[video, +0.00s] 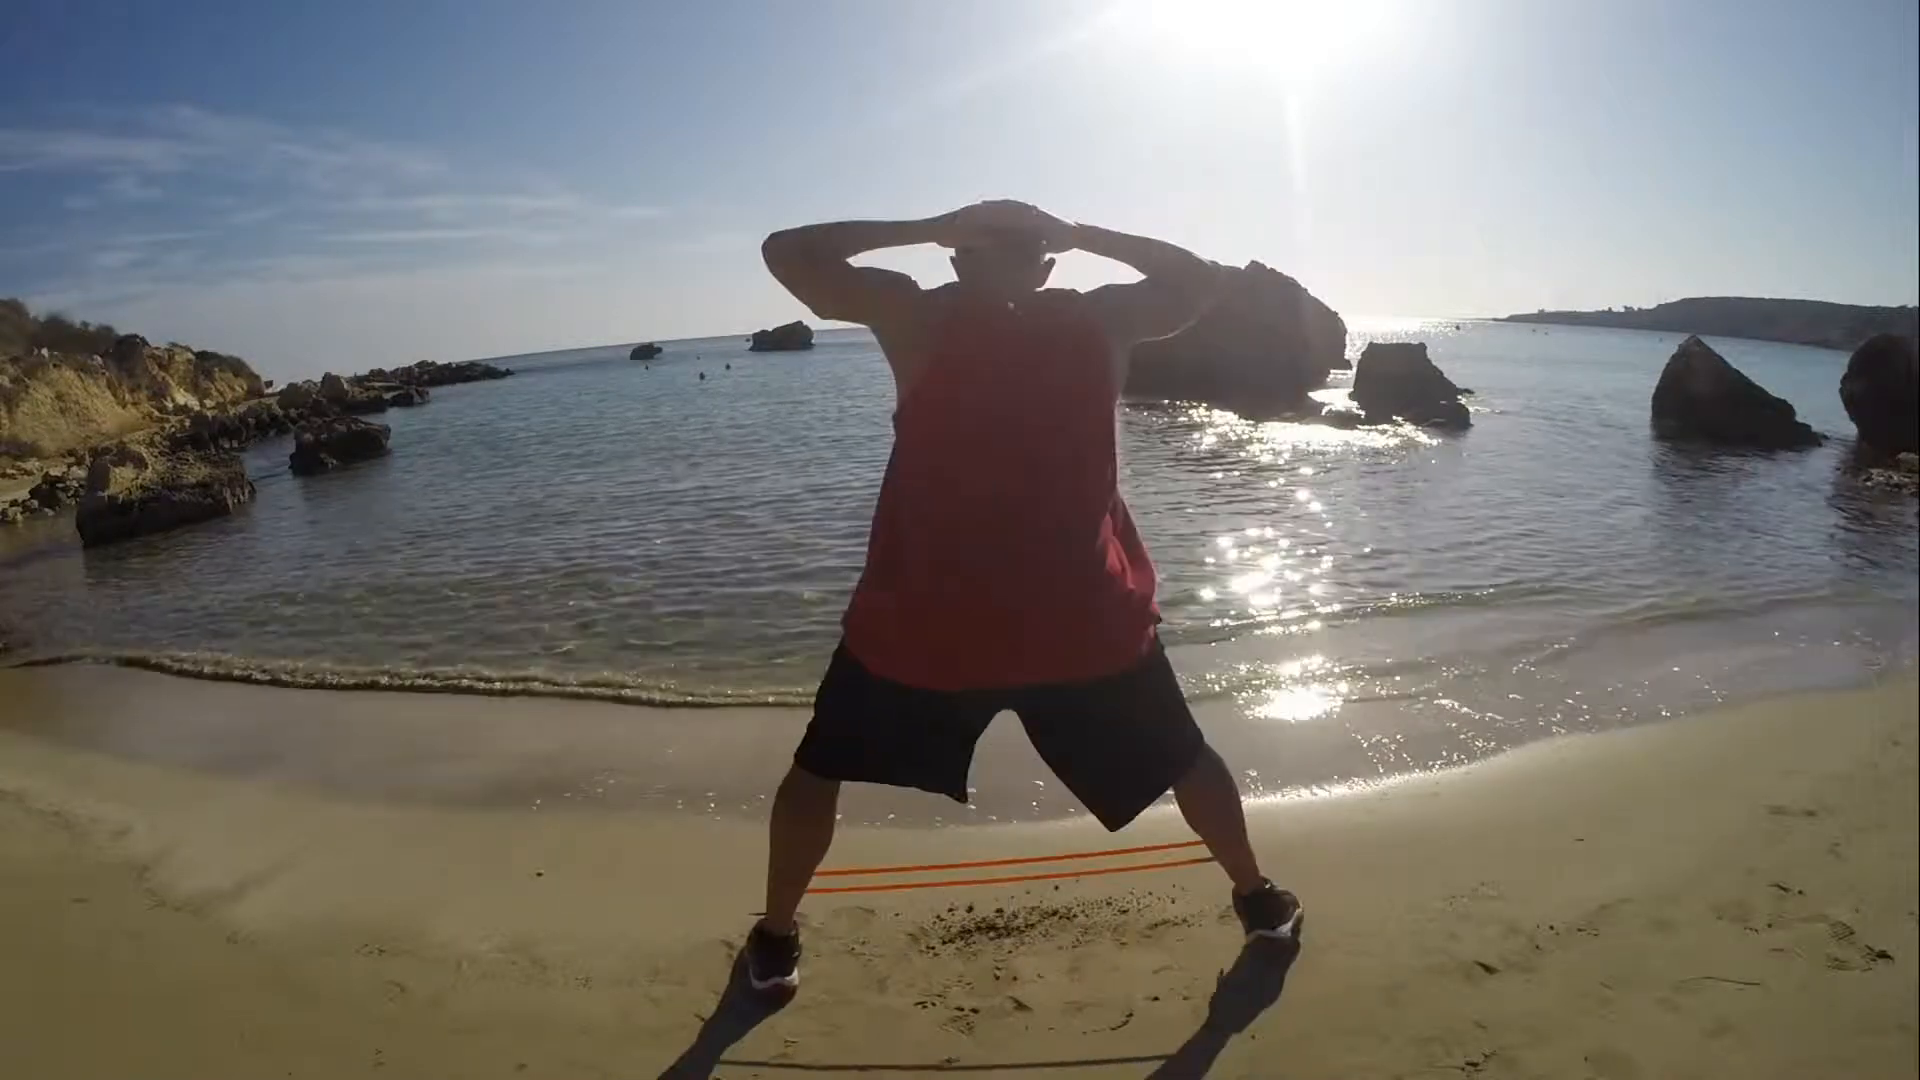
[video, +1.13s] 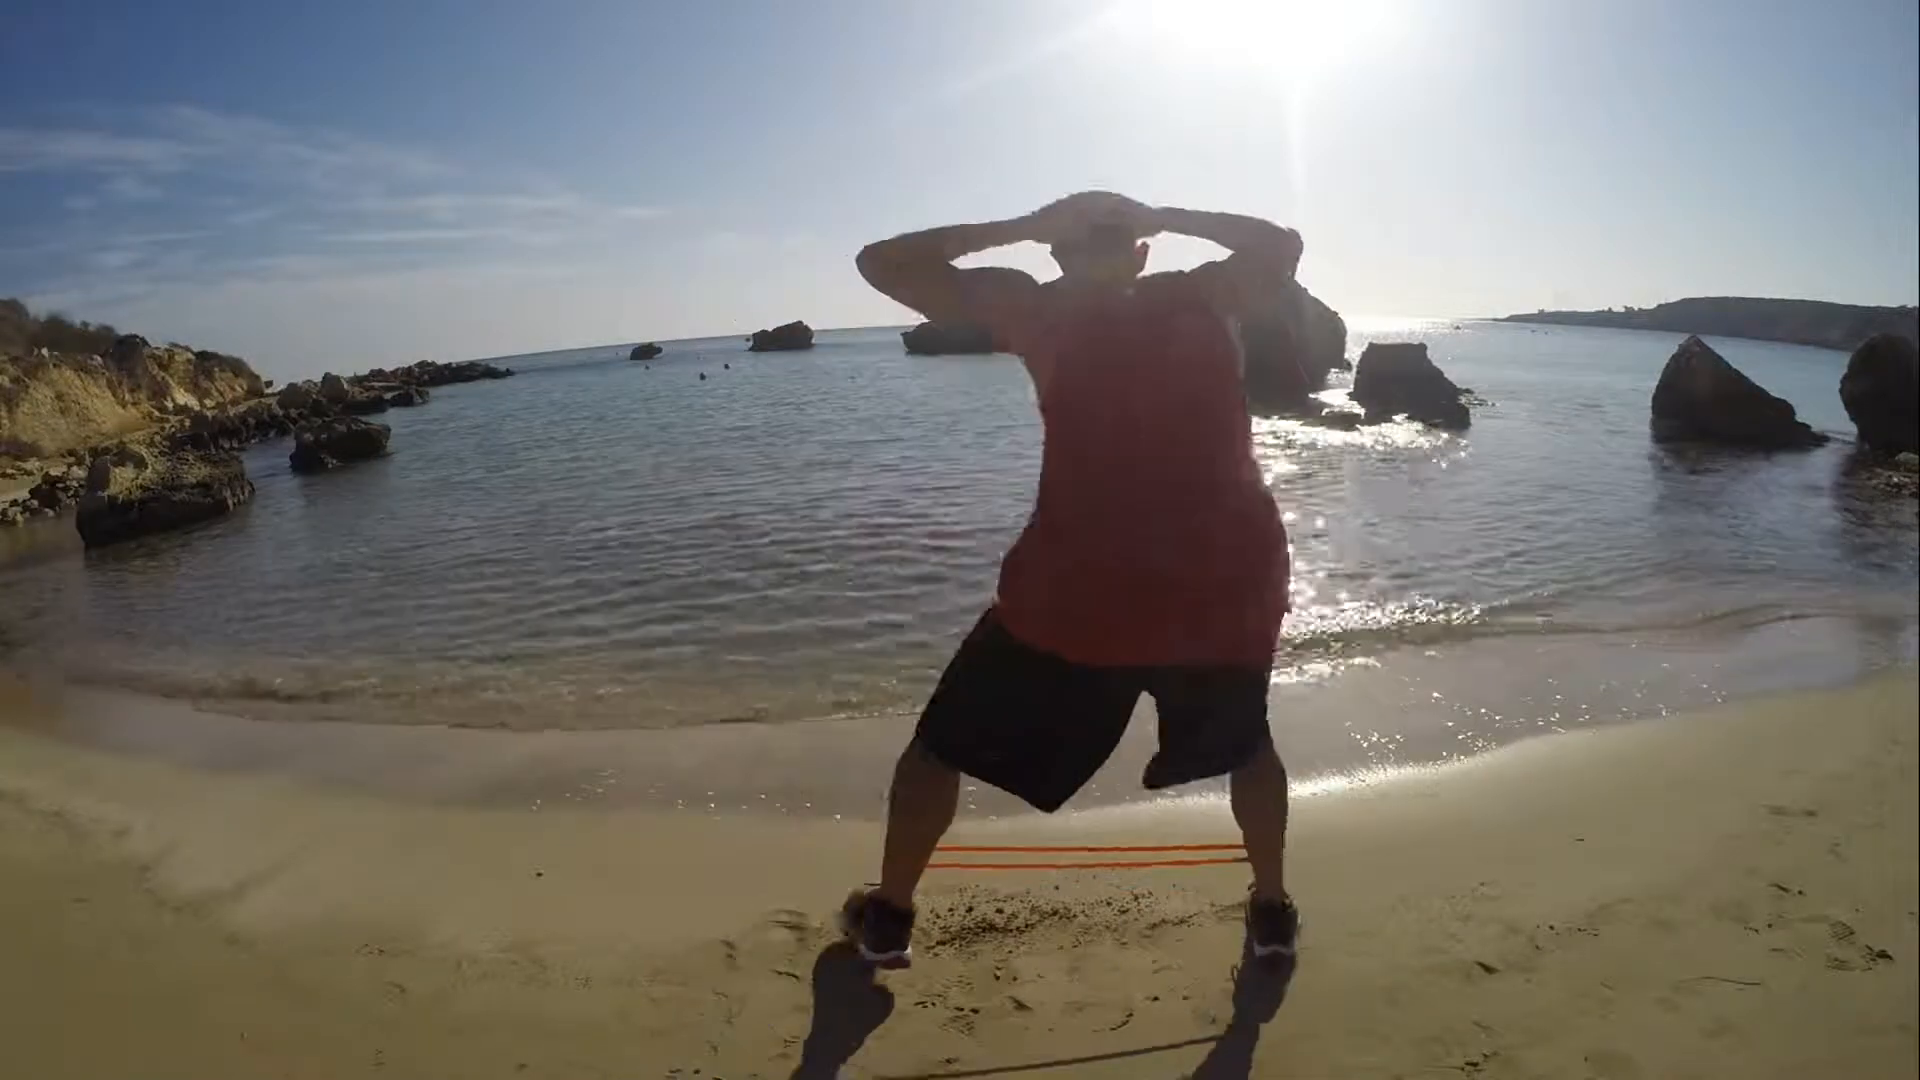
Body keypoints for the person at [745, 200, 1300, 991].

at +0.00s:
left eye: (988, 239)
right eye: (1027, 239)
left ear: (961, 254)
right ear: (1048, 259)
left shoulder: (913, 318)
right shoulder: (1101, 323)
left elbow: (789, 252)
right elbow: (1196, 277)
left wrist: (929, 228)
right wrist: (1077, 233)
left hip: (924, 604)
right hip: (1080, 604)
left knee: (817, 768)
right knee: (1184, 755)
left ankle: (773, 941)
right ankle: (1257, 898)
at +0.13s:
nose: (914, 223)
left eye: (903, 214)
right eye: (934, 213)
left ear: (878, 238)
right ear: (968, 239)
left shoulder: (833, 298)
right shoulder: (1019, 297)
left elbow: (715, 234)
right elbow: (1128, 250)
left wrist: (851, 208)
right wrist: (995, 211)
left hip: (854, 593)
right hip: (1010, 585)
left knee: (785, 773)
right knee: (1092, 748)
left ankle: (771, 940)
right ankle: (1126, 904)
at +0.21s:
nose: (880, 220)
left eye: (871, 210)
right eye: (889, 210)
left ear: (839, 232)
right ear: (933, 233)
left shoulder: (795, 293)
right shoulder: (986, 289)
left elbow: (680, 238)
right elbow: (1094, 240)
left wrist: (810, 207)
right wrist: (960, 204)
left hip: (826, 590)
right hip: (981, 583)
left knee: (775, 778)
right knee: (1018, 745)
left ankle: (767, 939)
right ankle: (998, 911)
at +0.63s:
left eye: (812, 234)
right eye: (850, 229)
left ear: (788, 248)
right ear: (873, 241)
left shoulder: (752, 310)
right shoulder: (932, 288)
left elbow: (637, 272)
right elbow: (1037, 235)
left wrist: (756, 229)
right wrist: (900, 213)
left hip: (819, 589)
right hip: (971, 570)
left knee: (778, 773)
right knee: (1046, 718)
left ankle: (771, 936)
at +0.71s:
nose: (852, 246)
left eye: (828, 237)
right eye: (870, 230)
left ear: (804, 252)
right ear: (891, 244)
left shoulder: (770, 313)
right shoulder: (951, 287)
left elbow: (652, 279)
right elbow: (1055, 231)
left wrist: (772, 231)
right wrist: (917, 210)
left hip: (850, 588)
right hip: (1003, 566)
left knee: (791, 773)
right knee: (1113, 726)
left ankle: (776, 941)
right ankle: (1171, 878)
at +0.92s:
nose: (933, 271)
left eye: (930, 258)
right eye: (937, 255)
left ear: (913, 271)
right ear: (1000, 264)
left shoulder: (886, 335)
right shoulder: (1068, 311)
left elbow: (750, 291)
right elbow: (1155, 252)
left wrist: (879, 248)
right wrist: (1025, 233)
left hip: (951, 620)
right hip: (1104, 609)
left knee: (839, 775)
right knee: (1194, 764)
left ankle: (785, 933)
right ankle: (1266, 907)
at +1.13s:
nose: (1100, 243)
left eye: (1087, 234)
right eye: (1108, 229)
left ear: (1066, 250)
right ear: (1142, 245)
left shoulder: (1042, 311)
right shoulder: (1206, 296)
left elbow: (881, 261)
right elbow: (1280, 243)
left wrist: (1023, 228)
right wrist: (1164, 217)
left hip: (1080, 569)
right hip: (1225, 574)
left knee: (940, 742)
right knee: (1249, 742)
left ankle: (891, 913)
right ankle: (1272, 908)